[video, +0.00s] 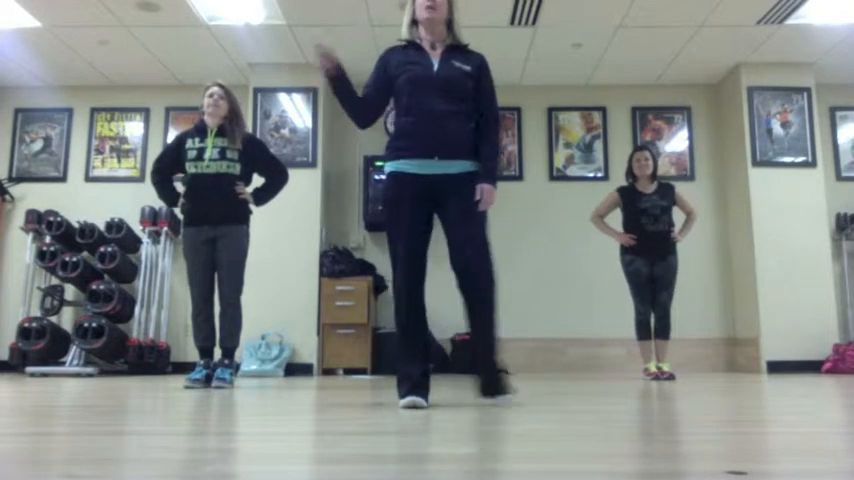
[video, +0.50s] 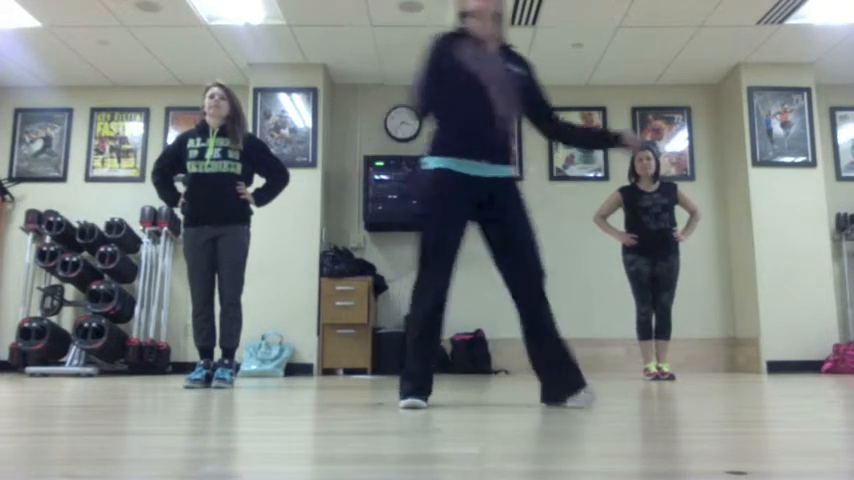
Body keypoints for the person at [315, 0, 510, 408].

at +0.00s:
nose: (429, 2)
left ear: (449, 8)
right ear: (412, 9)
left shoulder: (472, 61)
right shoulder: (395, 58)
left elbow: (489, 123)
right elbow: (364, 115)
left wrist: (488, 177)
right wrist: (336, 77)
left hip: (459, 180)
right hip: (405, 180)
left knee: (478, 278)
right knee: (407, 284)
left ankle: (489, 376)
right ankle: (413, 387)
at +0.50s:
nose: (489, 18)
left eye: (494, 12)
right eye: (480, 12)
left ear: (501, 15)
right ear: (466, 15)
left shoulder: (514, 65)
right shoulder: (448, 48)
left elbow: (552, 127)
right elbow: (426, 102)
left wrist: (616, 138)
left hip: (498, 184)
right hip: (449, 180)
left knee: (527, 282)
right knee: (432, 284)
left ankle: (560, 385)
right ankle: (414, 389)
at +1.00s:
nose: (558, 4)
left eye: (566, 1)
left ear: (575, 16)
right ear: (537, 9)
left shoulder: (562, 79)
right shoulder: (527, 51)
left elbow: (577, 151)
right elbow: (517, 109)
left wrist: (644, 157)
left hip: (524, 181)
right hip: (495, 174)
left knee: (558, 275)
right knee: (538, 271)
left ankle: (560, 388)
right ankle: (471, 354)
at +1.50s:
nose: (498, 17)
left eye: (506, 11)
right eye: (492, 10)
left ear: (519, 16)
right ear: (481, 12)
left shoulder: (520, 66)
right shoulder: (459, 46)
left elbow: (542, 132)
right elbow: (429, 104)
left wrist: (606, 140)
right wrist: (422, 146)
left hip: (504, 184)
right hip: (457, 177)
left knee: (523, 285)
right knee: (433, 277)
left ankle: (556, 388)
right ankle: (400, 386)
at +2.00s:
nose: (445, 2)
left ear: (456, 7)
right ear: (421, 6)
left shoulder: (476, 59)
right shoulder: (403, 54)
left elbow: (495, 128)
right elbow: (393, 122)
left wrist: (558, 141)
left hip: (471, 178)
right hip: (421, 173)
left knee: (504, 262)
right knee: (411, 277)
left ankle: (459, 357)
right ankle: (402, 388)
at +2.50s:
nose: (544, 12)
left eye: (551, 7)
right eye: (539, 4)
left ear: (557, 18)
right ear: (523, 9)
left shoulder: (550, 75)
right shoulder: (496, 42)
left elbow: (560, 148)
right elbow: (441, 89)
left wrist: (626, 148)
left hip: (505, 185)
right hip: (464, 171)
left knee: (531, 283)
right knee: (462, 271)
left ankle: (555, 388)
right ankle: (412, 367)